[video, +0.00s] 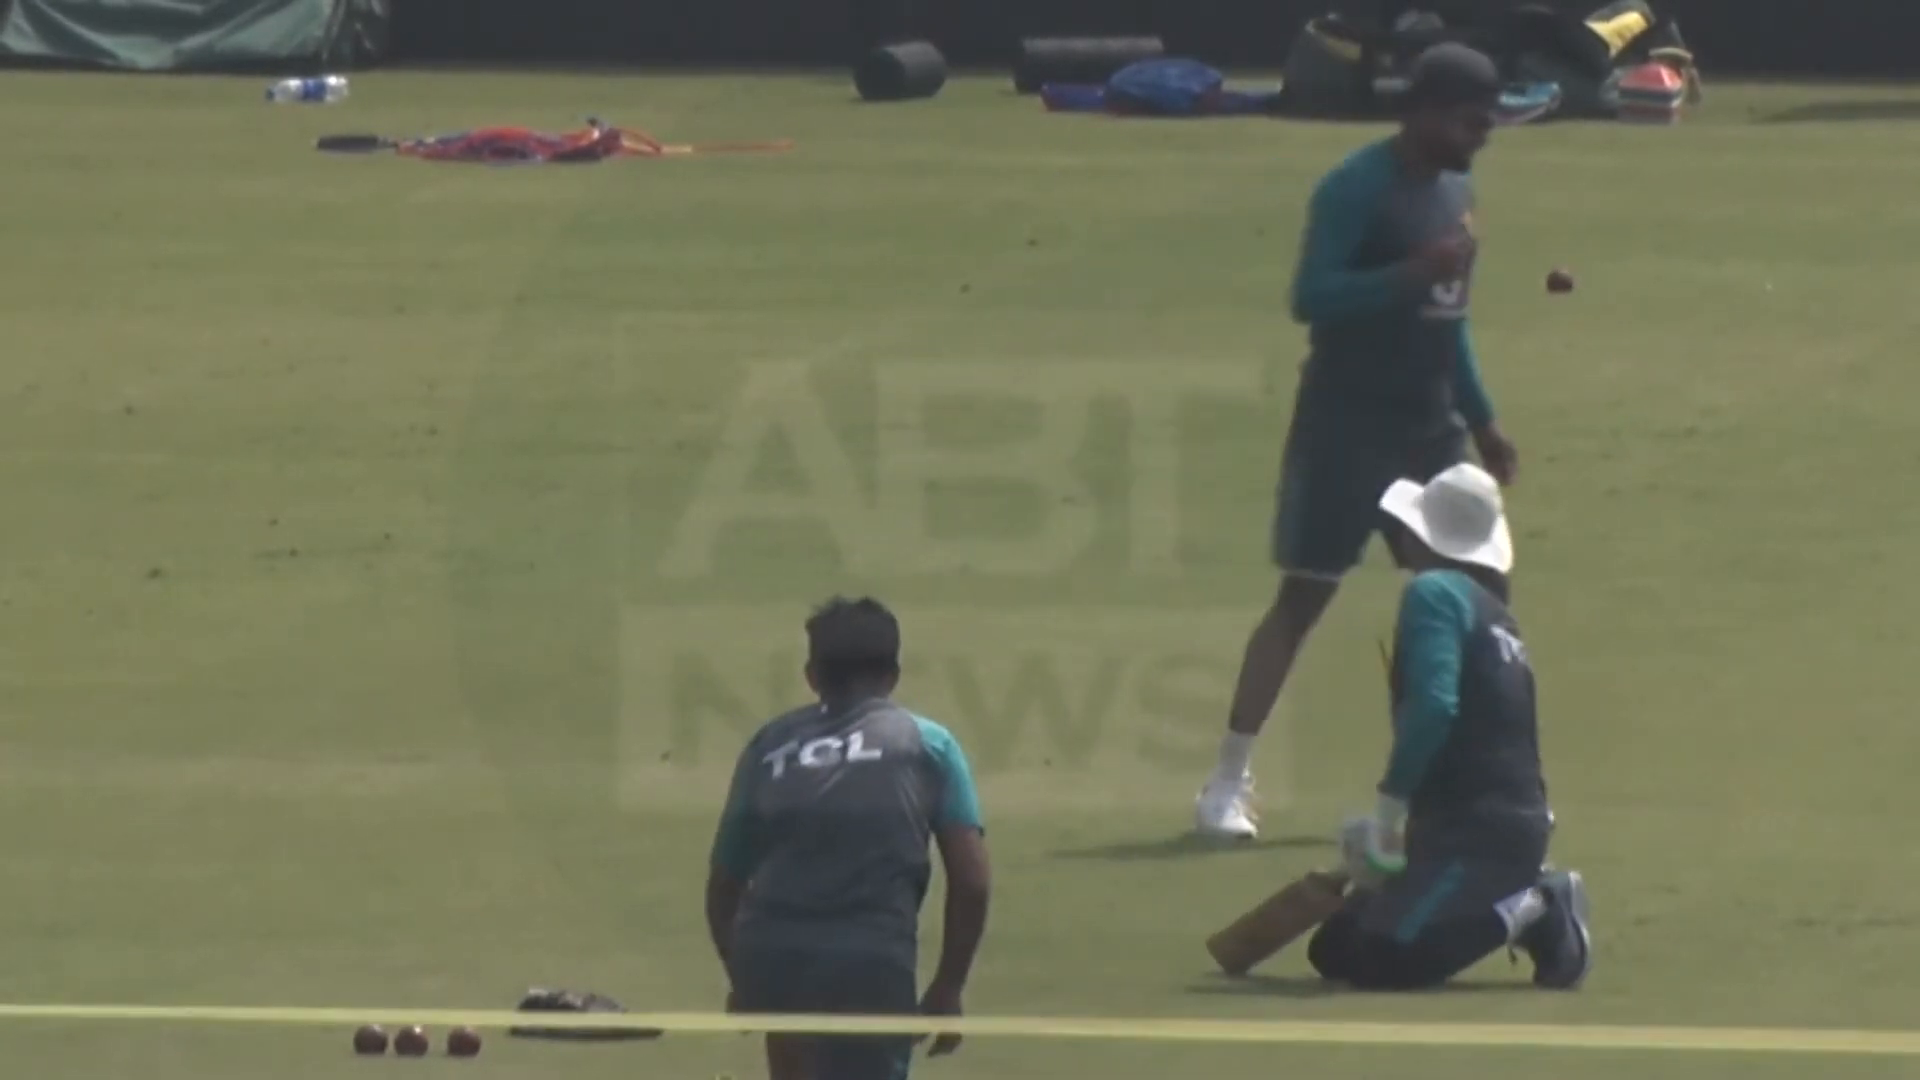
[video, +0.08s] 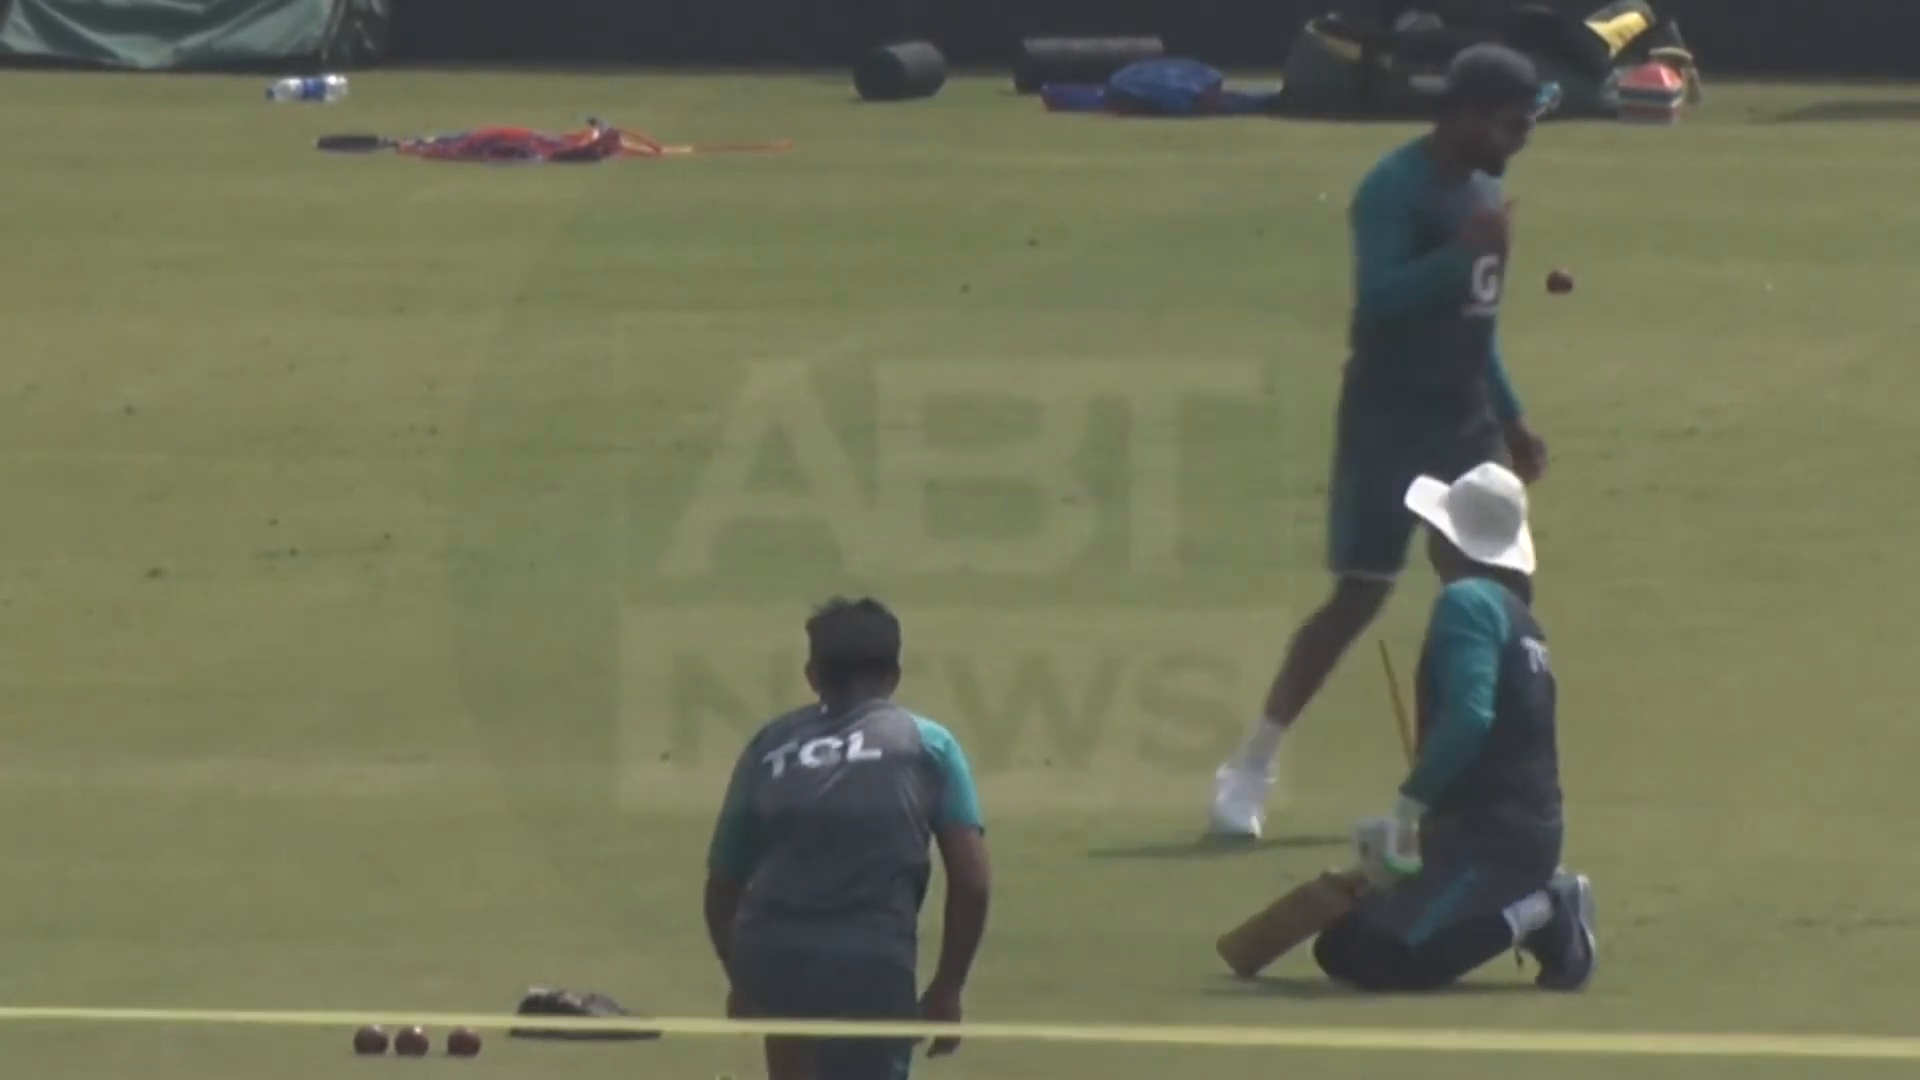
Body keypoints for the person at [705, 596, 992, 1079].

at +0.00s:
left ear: (812, 676)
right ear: (893, 676)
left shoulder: (769, 743)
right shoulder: (930, 743)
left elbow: (722, 892)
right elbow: (972, 882)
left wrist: (743, 979)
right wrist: (947, 991)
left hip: (773, 960)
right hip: (871, 964)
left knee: (792, 1065)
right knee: (873, 1068)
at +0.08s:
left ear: (813, 676)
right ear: (894, 676)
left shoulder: (769, 744)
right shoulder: (929, 743)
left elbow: (721, 896)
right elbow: (972, 882)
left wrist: (743, 980)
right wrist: (947, 990)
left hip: (772, 961)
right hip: (870, 967)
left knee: (791, 1063)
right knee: (872, 1068)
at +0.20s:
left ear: (811, 681)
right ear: (893, 679)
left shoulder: (768, 748)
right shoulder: (928, 743)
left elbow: (726, 906)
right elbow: (972, 883)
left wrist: (746, 993)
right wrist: (945, 992)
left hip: (771, 963)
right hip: (872, 966)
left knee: (789, 1069)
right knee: (873, 1069)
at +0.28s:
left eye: (805, 673)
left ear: (810, 683)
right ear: (891, 680)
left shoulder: (767, 751)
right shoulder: (927, 743)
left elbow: (736, 901)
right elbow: (971, 882)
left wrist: (751, 997)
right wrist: (946, 989)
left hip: (773, 970)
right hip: (872, 972)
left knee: (790, 1066)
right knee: (873, 1067)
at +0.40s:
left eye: (805, 670)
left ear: (810, 680)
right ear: (891, 678)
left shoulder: (767, 749)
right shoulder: (927, 744)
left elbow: (729, 903)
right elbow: (971, 883)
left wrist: (747, 993)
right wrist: (946, 992)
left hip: (771, 964)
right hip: (871, 967)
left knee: (789, 1068)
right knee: (872, 1069)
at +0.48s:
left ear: (812, 678)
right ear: (894, 678)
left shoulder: (768, 746)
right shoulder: (929, 745)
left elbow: (721, 901)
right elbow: (970, 885)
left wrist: (746, 978)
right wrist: (946, 992)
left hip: (773, 967)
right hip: (870, 972)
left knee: (789, 1061)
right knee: (872, 1068)